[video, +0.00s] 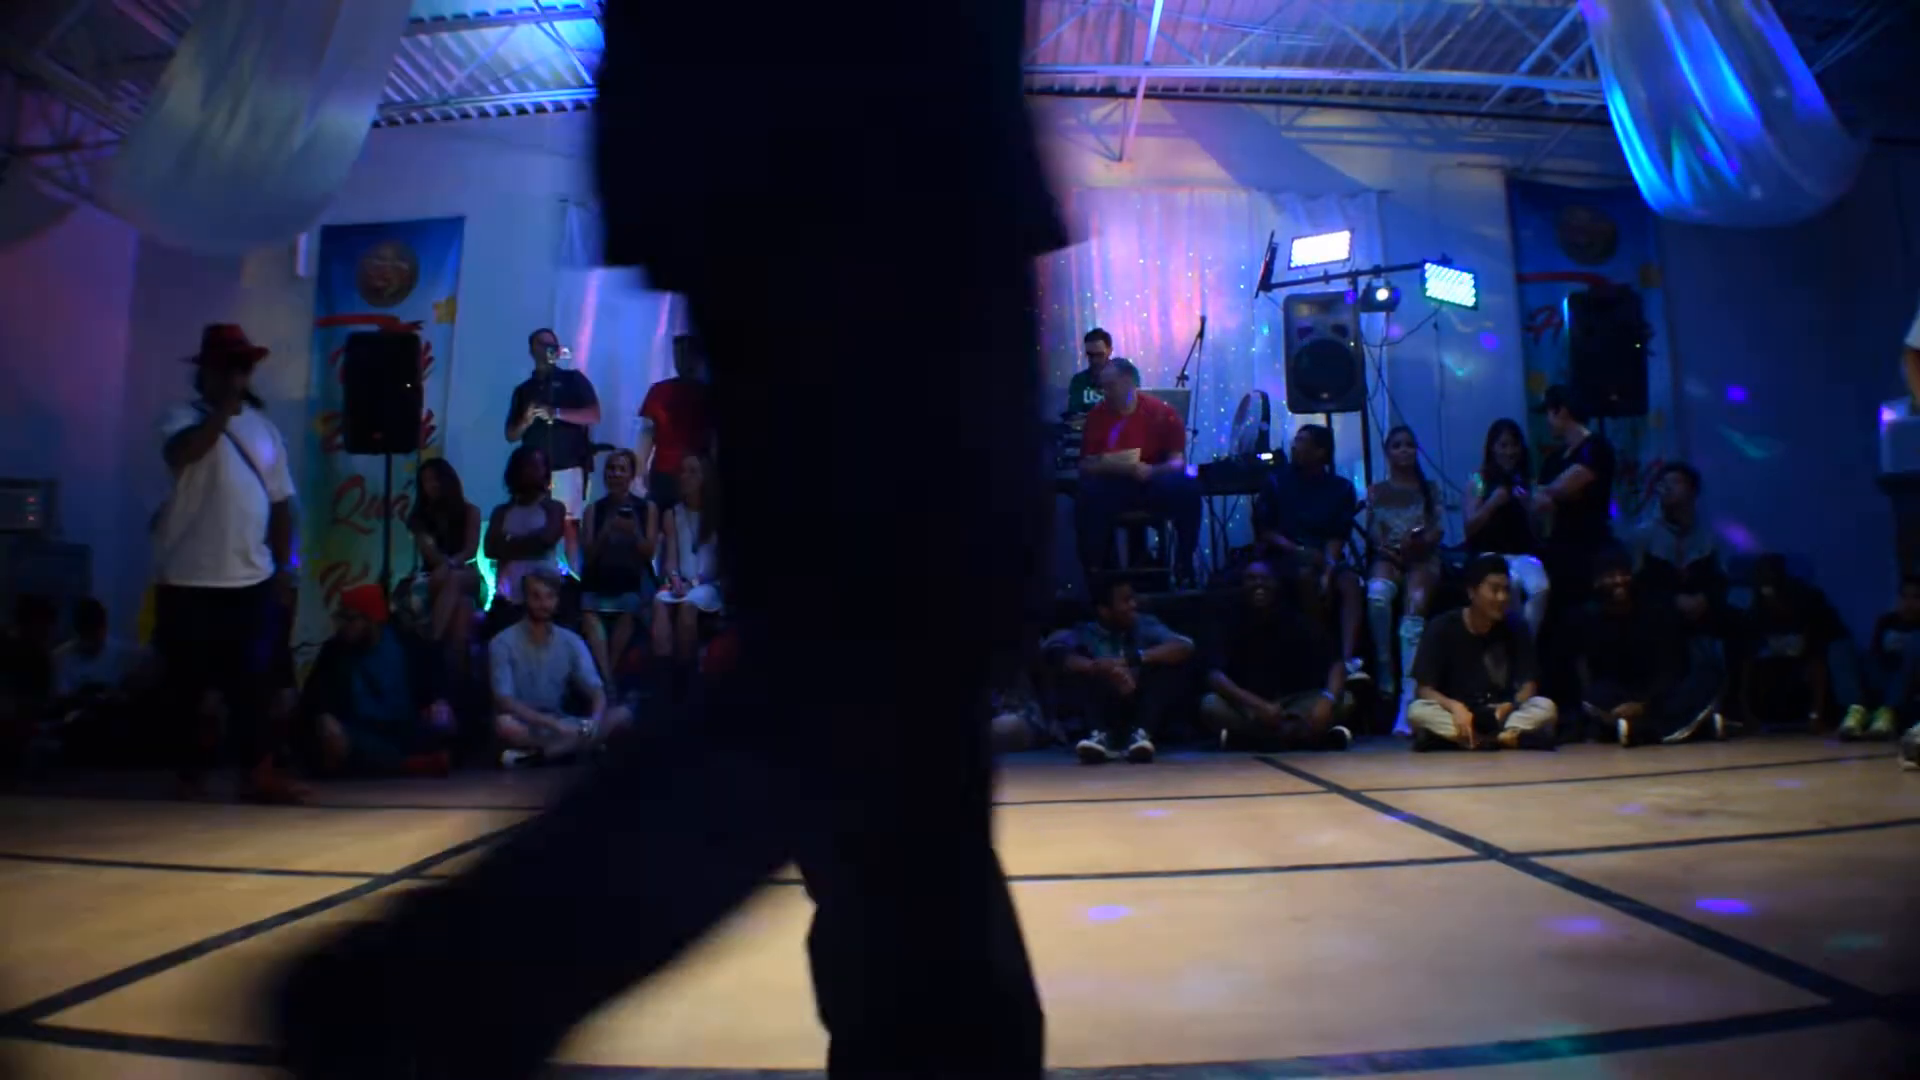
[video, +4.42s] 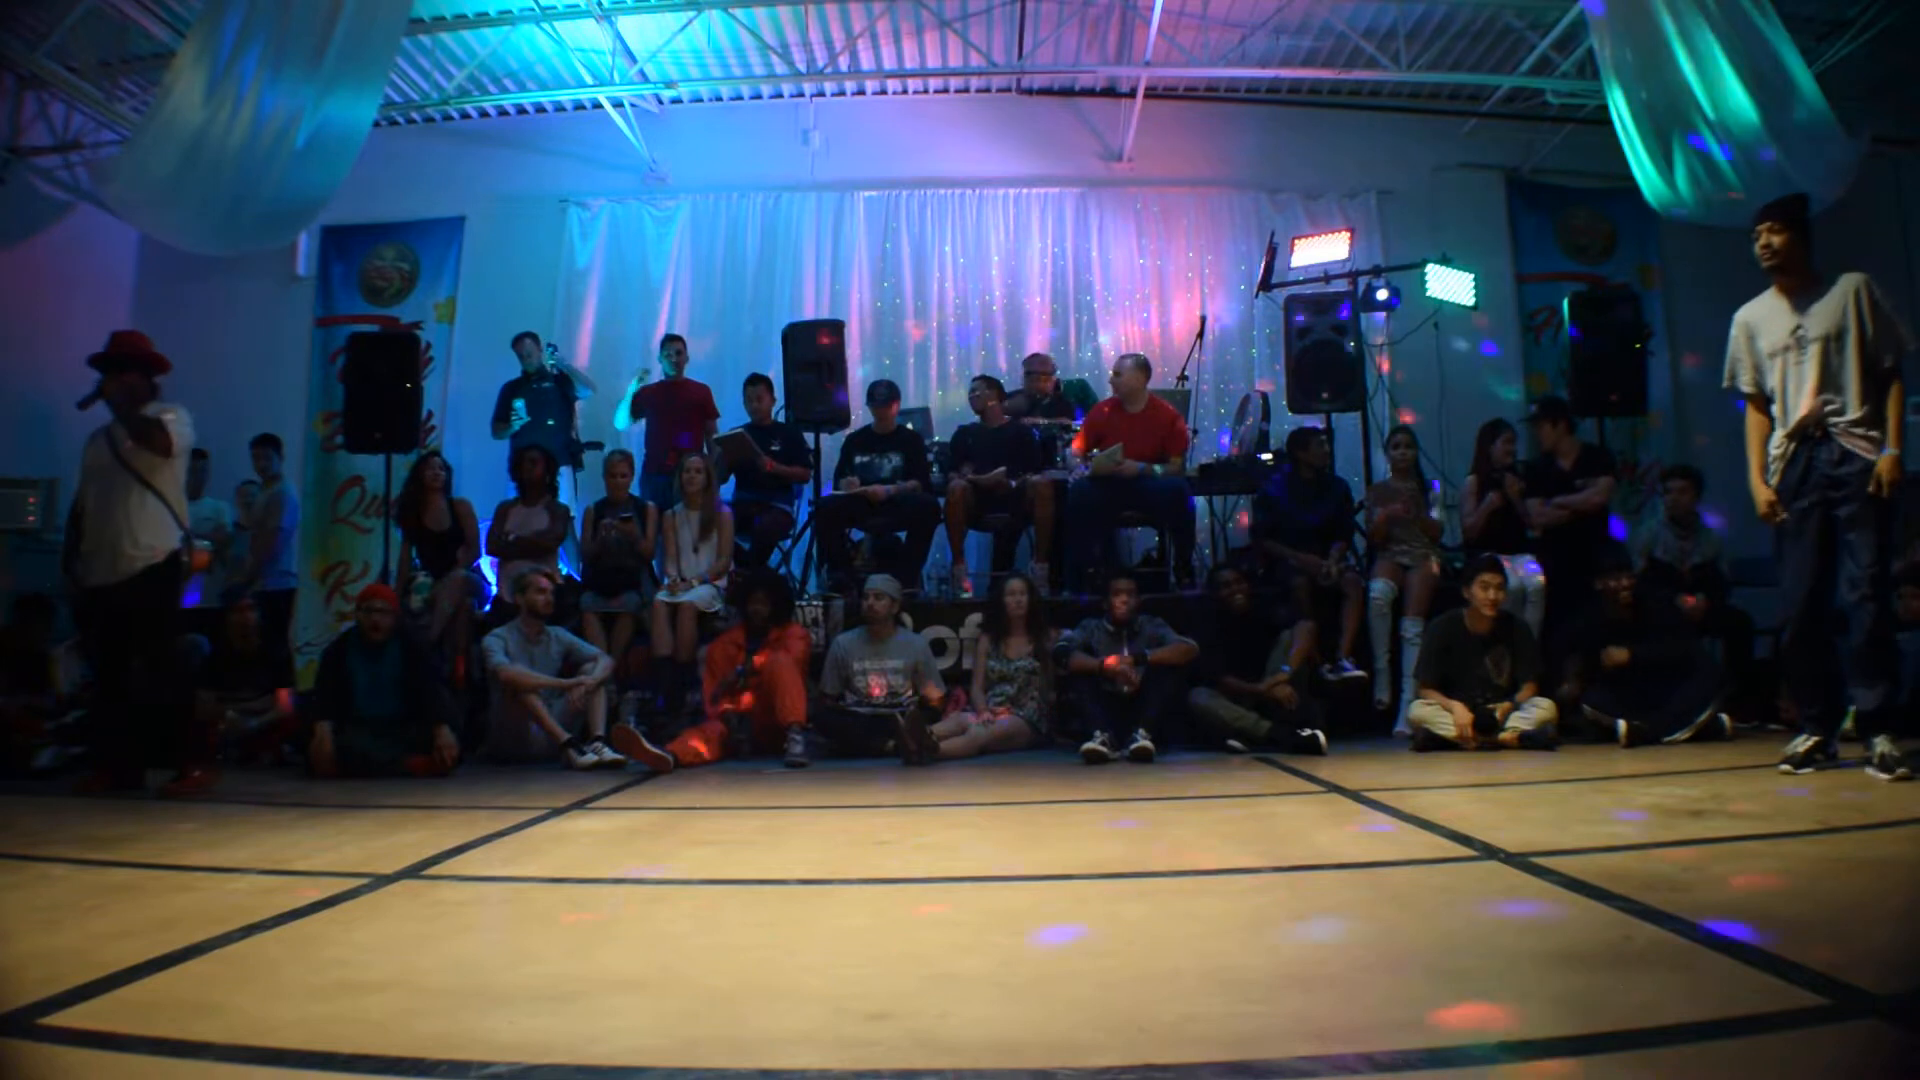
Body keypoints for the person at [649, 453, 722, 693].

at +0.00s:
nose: (685, 478)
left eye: (693, 472)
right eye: (683, 472)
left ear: (705, 478)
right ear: (678, 477)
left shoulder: (716, 514)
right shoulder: (672, 516)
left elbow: (722, 564)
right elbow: (670, 558)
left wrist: (697, 581)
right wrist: (675, 580)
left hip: (710, 581)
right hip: (680, 581)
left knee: (688, 606)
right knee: (660, 601)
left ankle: (685, 671)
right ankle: (661, 668)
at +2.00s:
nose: (685, 476)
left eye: (692, 471)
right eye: (682, 471)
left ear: (705, 478)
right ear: (678, 477)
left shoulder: (720, 513)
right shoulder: (671, 516)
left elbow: (723, 559)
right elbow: (670, 556)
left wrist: (701, 578)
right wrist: (673, 577)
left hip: (709, 579)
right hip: (679, 580)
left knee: (687, 606)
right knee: (659, 605)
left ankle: (680, 680)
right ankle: (662, 679)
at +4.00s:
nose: (694, 476)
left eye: (699, 471)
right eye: (688, 471)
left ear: (709, 476)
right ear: (681, 477)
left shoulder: (721, 512)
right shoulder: (671, 516)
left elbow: (724, 561)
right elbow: (670, 557)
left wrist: (697, 580)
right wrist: (673, 578)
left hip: (710, 580)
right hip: (680, 580)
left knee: (688, 605)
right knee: (660, 603)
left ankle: (682, 679)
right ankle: (662, 677)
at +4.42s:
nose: (692, 477)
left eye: (698, 472)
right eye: (687, 472)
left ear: (708, 478)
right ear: (680, 477)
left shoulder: (721, 514)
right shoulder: (671, 516)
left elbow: (724, 561)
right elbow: (670, 557)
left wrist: (698, 580)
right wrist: (673, 577)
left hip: (711, 579)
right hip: (680, 580)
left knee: (687, 606)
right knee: (659, 605)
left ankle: (683, 678)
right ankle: (662, 678)